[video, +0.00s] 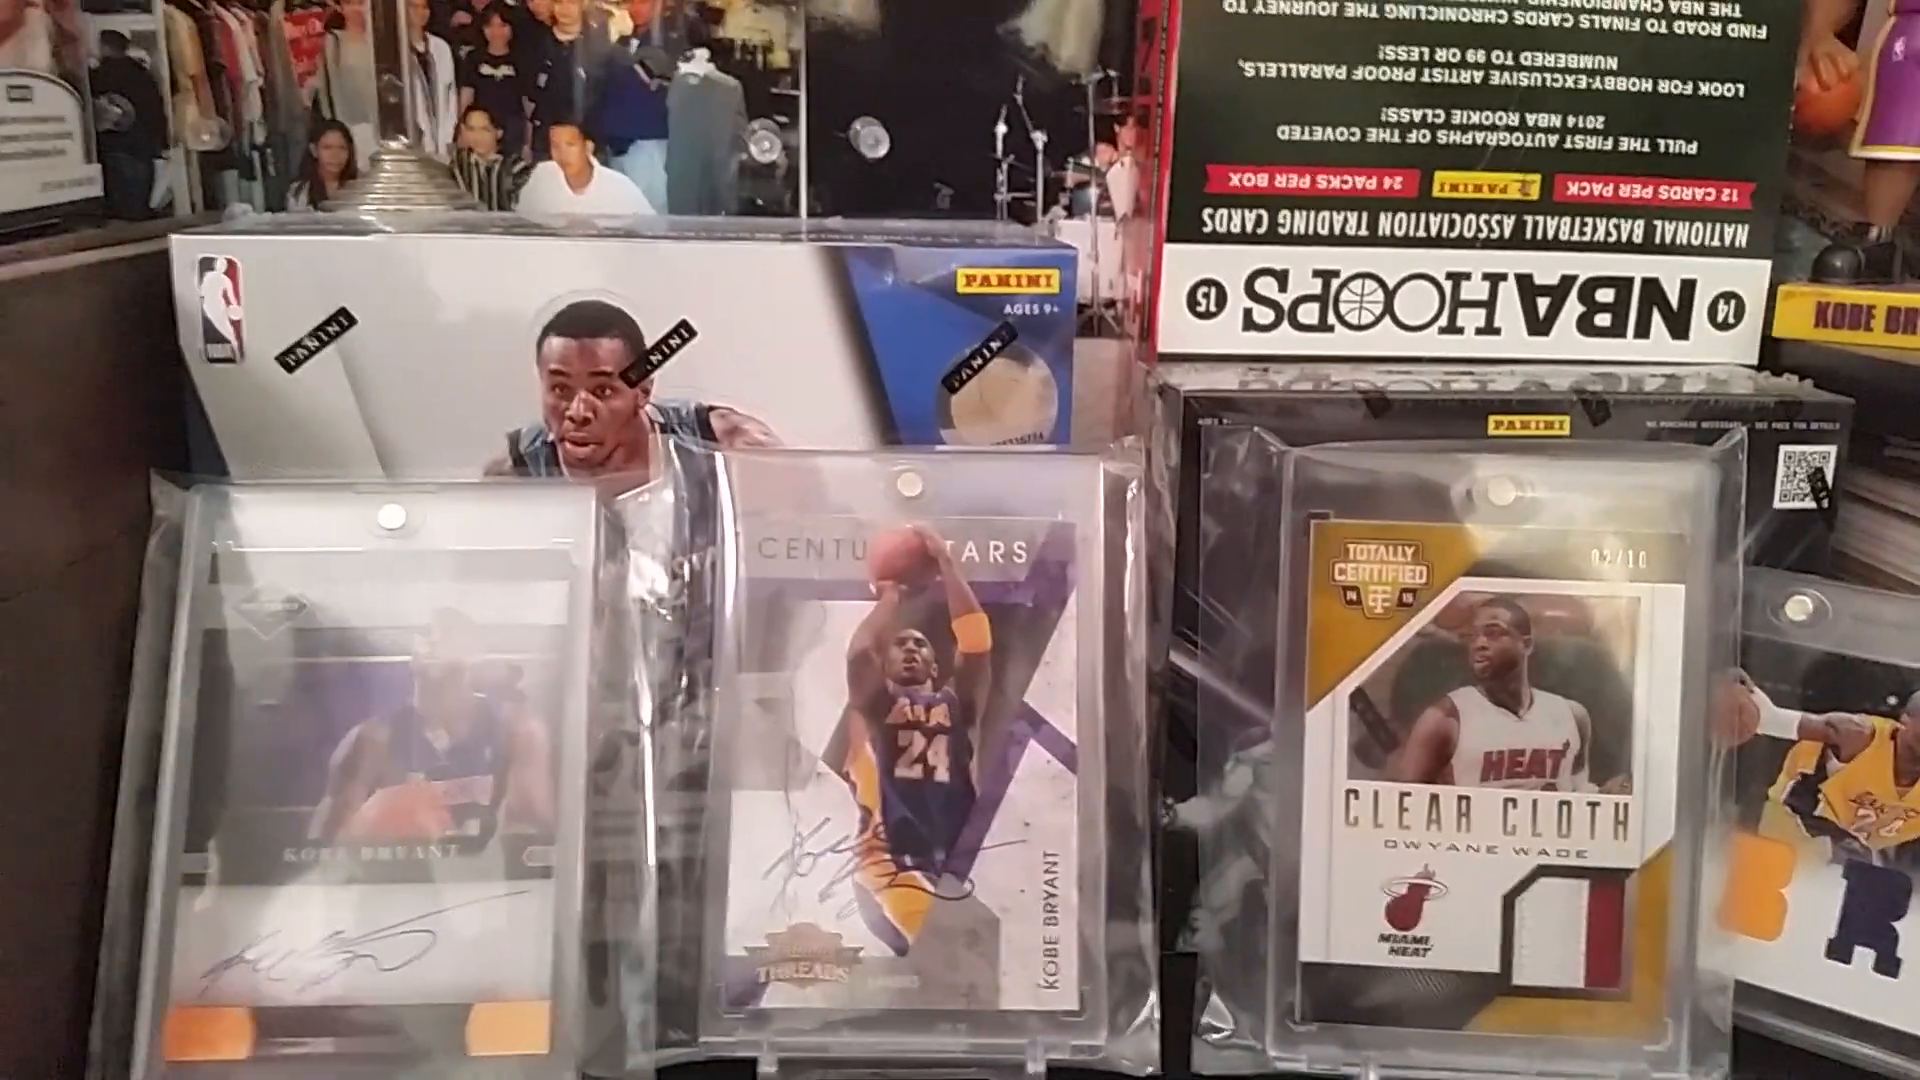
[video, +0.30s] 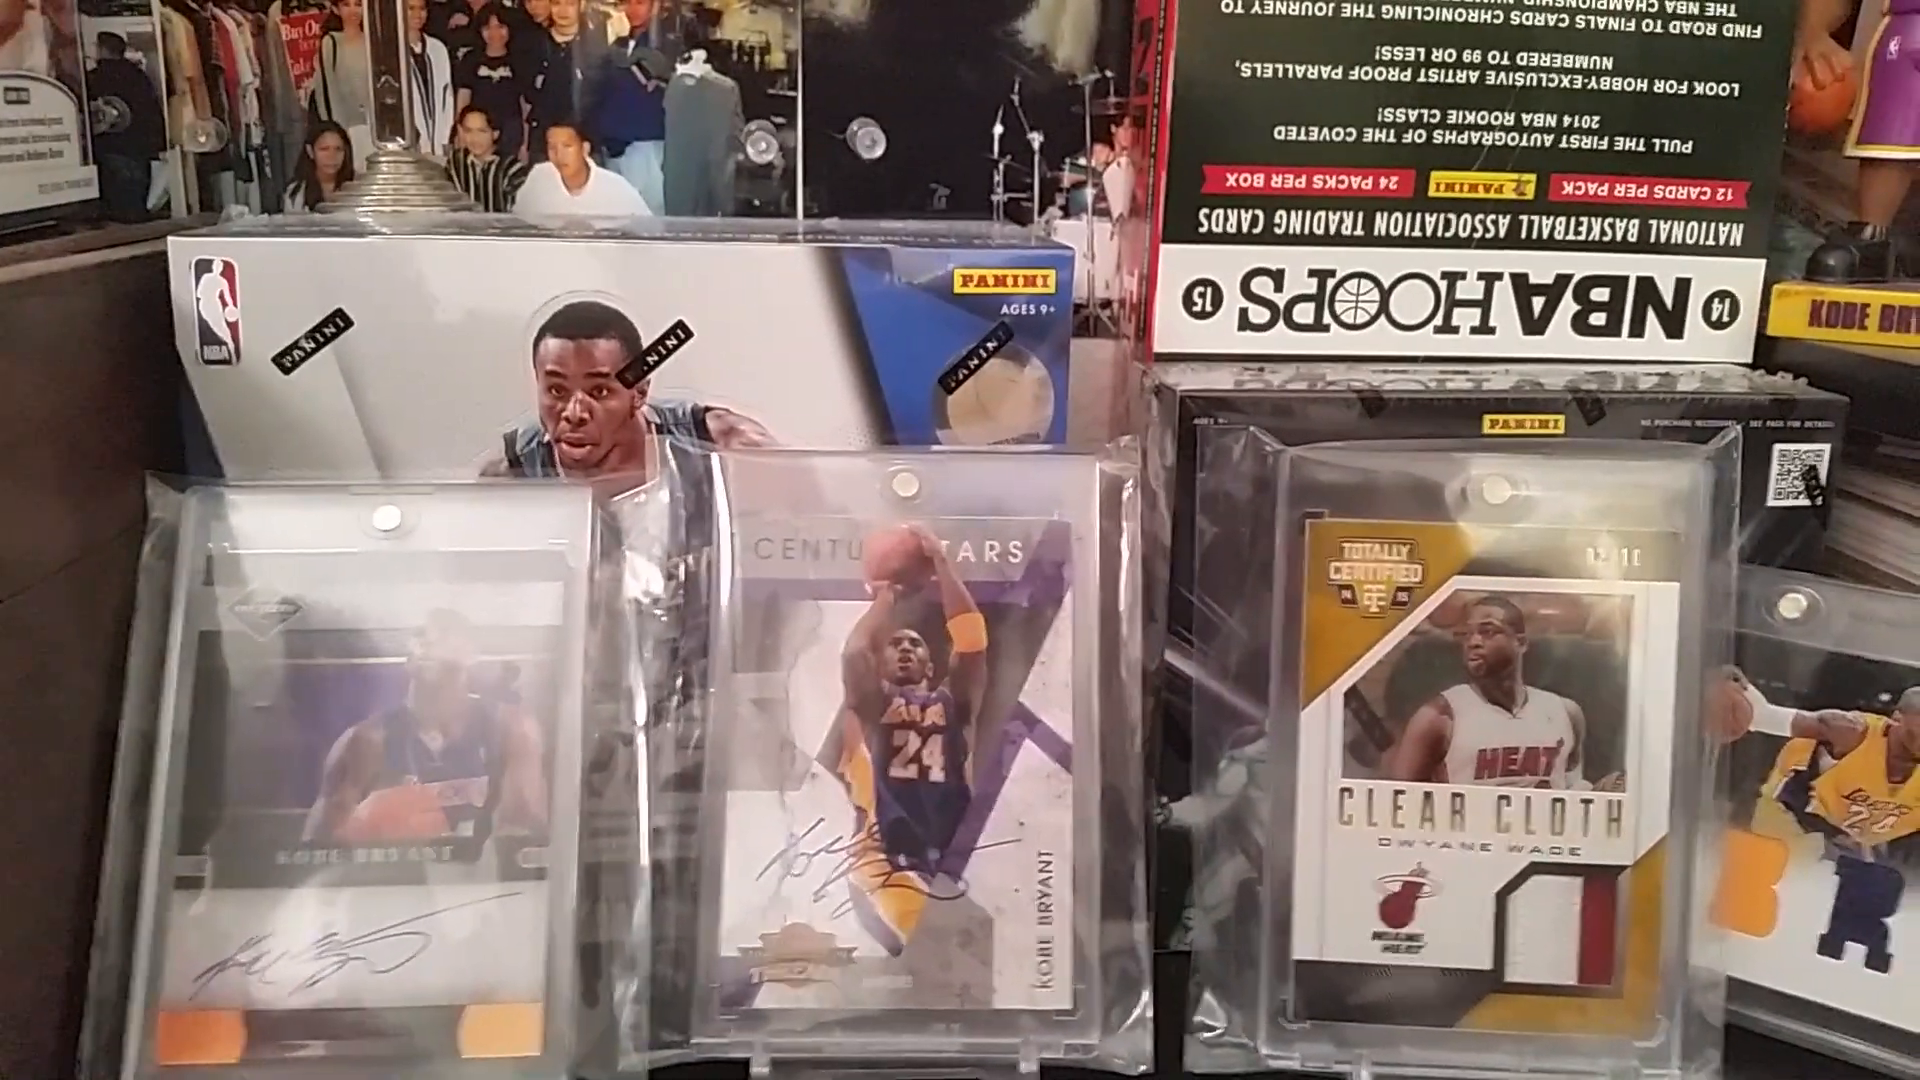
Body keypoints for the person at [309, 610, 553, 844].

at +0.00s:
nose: (431, 644)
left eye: (448, 632)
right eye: (422, 632)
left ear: (471, 651)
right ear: (409, 647)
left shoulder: (517, 730)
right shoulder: (369, 741)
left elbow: (531, 825)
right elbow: (321, 846)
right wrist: (388, 820)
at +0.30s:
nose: (429, 646)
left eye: (445, 637)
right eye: (420, 636)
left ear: (469, 654)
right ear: (406, 651)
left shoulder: (511, 731)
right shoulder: (362, 743)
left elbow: (524, 829)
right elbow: (315, 848)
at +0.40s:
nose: (400, 677)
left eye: (413, 665)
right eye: (389, 662)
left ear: (438, 674)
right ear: (374, 672)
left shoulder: (479, 739)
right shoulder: (327, 749)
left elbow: (492, 834)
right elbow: (282, 848)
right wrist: (352, 821)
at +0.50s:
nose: (315, 682)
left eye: (327, 670)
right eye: (304, 671)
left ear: (355, 679)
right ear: (290, 681)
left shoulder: (401, 747)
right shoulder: (243, 762)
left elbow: (412, 846)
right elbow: (199, 851)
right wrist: (269, 834)